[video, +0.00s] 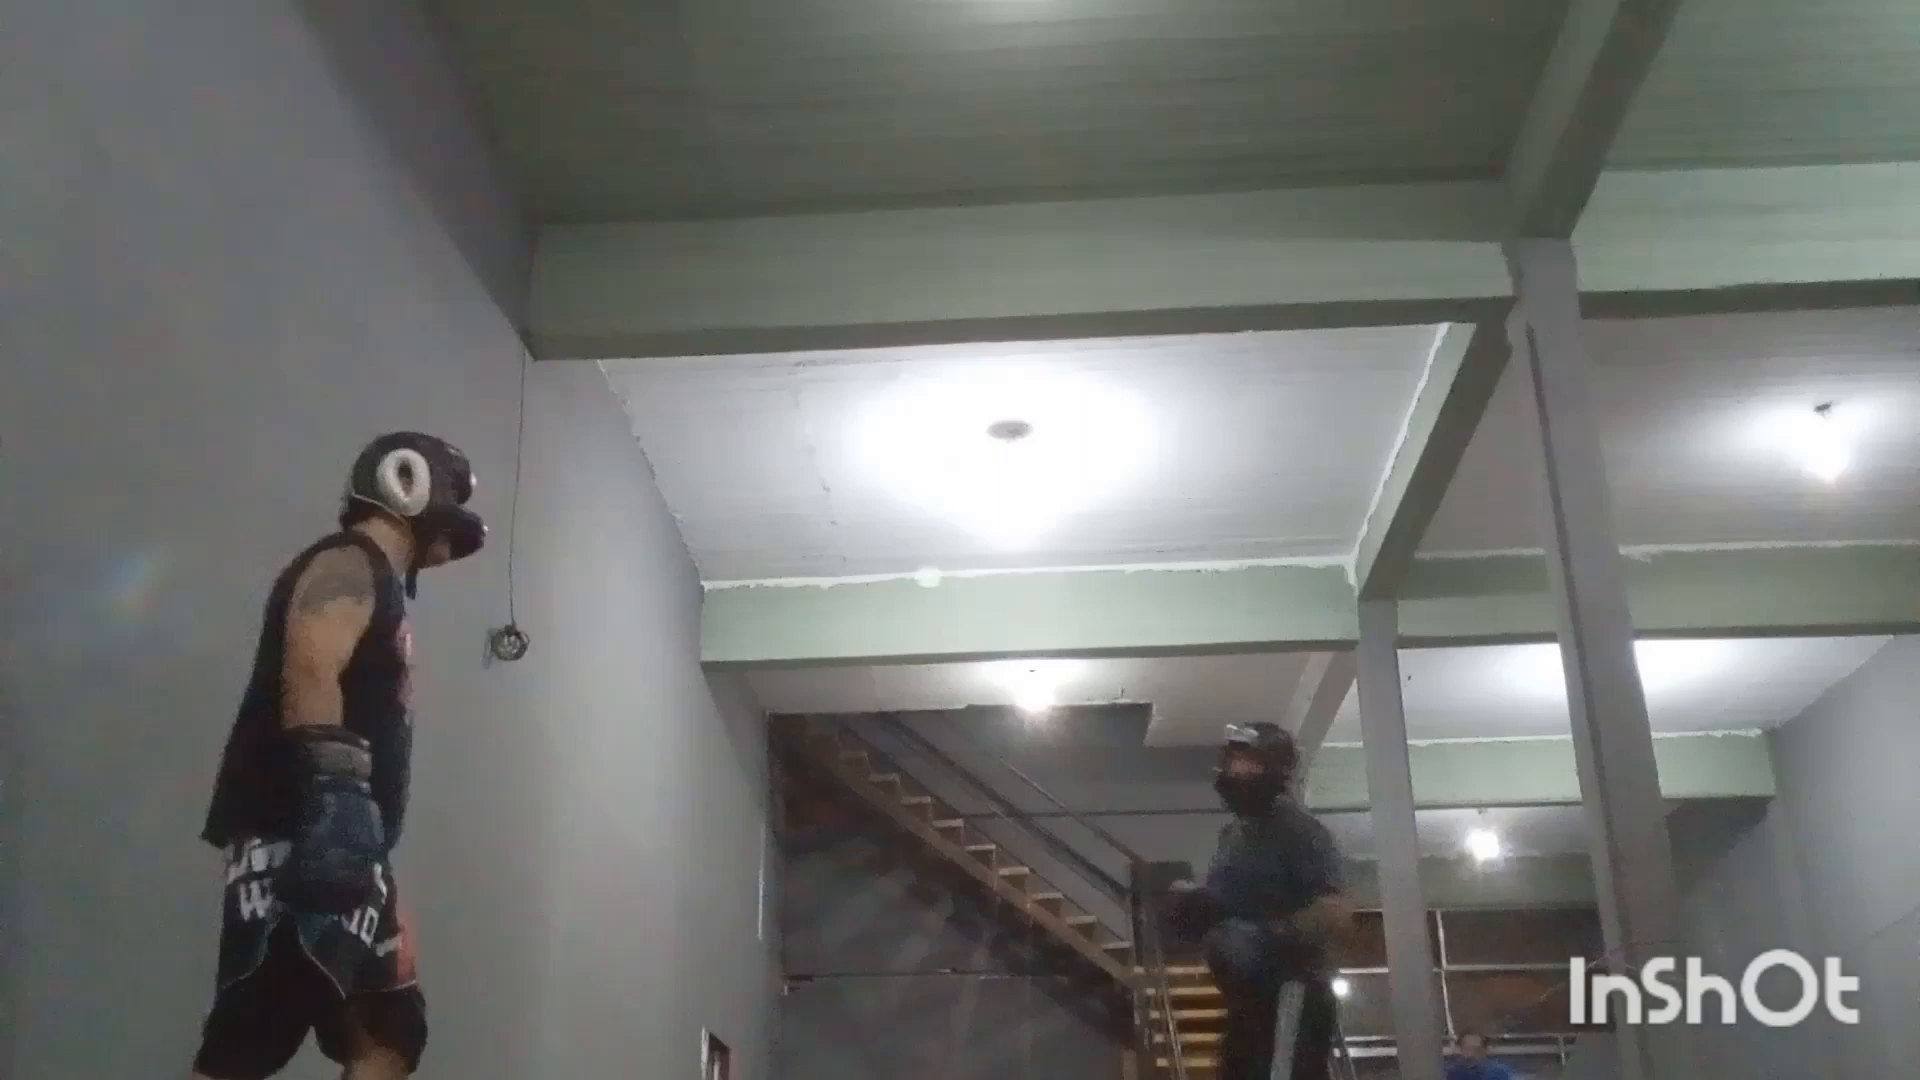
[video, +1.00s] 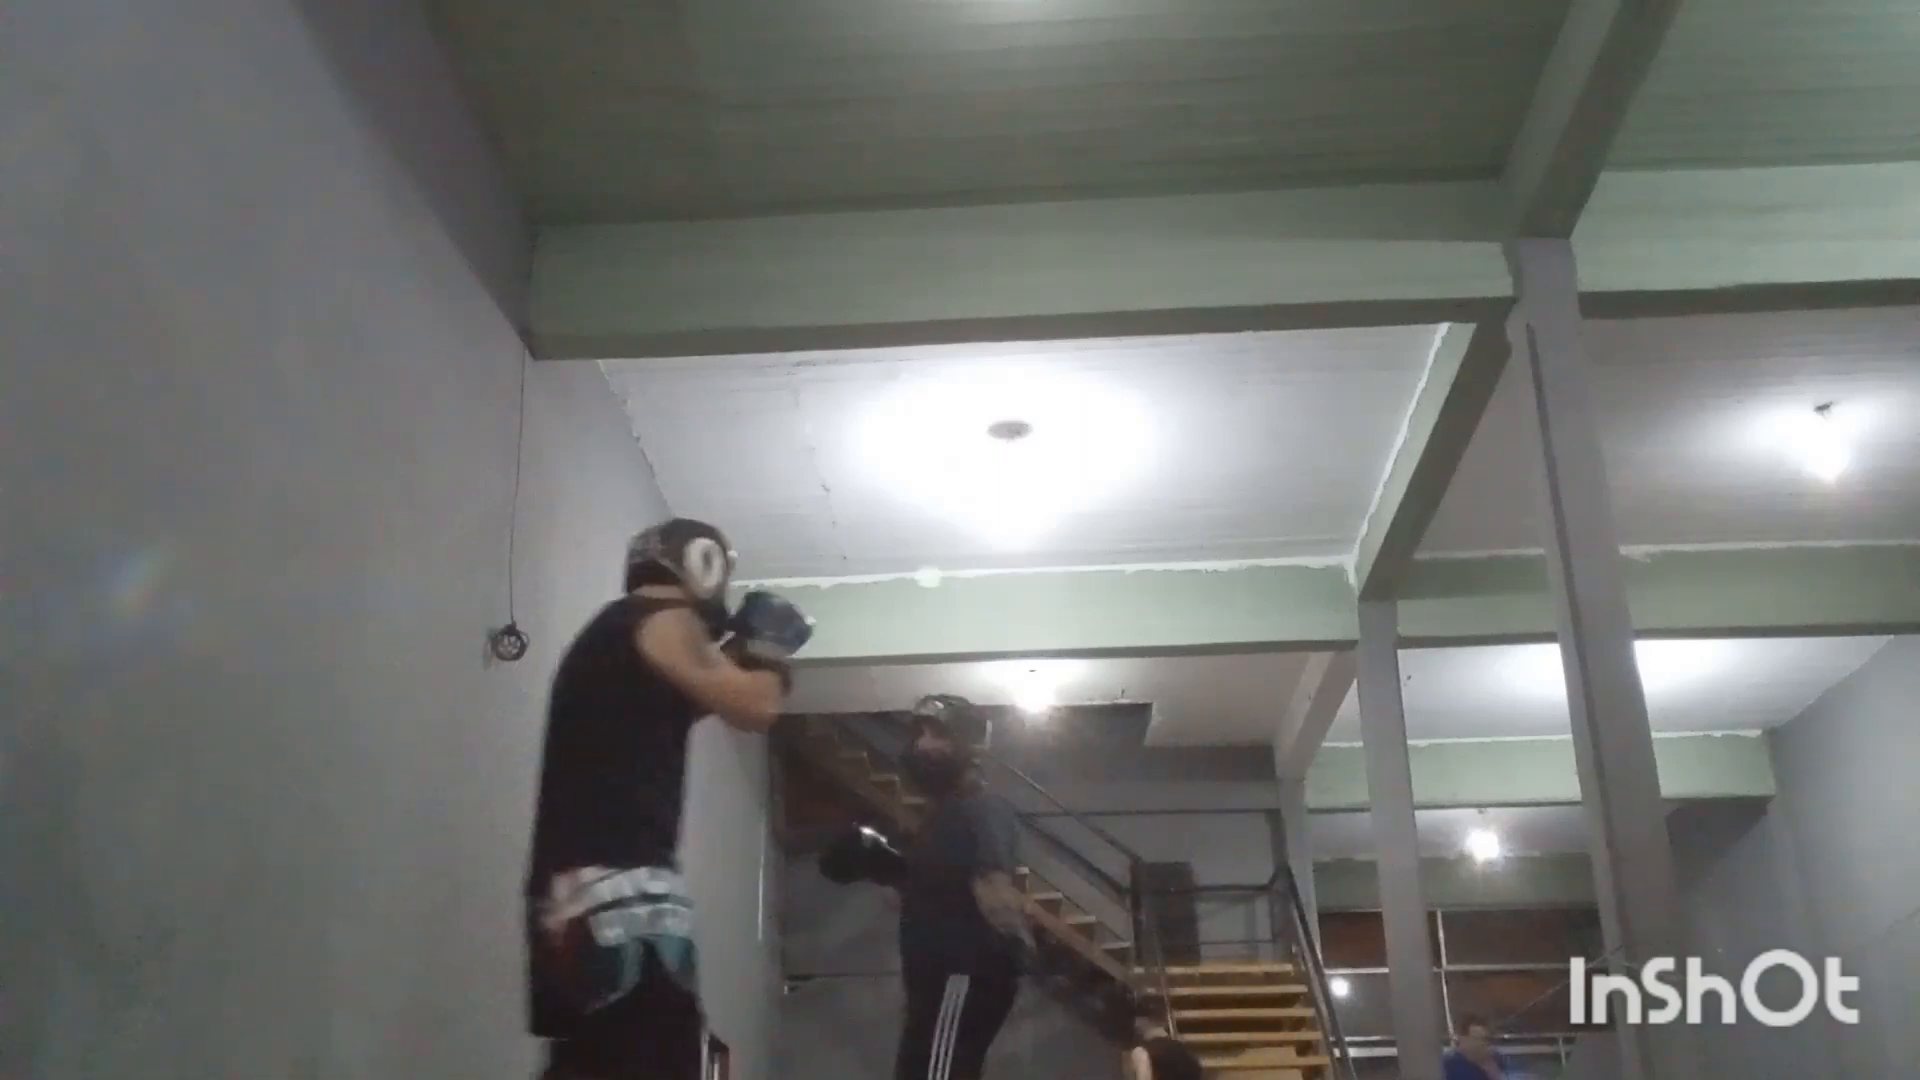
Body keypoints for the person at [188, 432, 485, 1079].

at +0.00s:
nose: (448, 543)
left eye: (455, 529)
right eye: (446, 520)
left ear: (395, 491)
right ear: (407, 487)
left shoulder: (370, 575)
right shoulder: (349, 564)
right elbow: (309, 671)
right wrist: (338, 791)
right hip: (302, 830)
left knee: (246, 1044)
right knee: (385, 1044)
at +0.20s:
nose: (476, 552)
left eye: (481, 538)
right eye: (474, 532)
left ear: (426, 505)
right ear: (442, 503)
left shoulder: (391, 584)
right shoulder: (385, 577)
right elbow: (347, 680)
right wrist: (390, 794)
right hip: (335, 848)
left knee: (263, 1048)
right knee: (379, 1053)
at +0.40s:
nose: (523, 573)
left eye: (527, 557)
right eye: (522, 552)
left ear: (470, 530)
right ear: (493, 528)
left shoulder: (424, 598)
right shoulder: (445, 596)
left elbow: (397, 703)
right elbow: (398, 691)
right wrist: (456, 797)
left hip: (359, 852)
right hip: (386, 858)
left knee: (319, 1045)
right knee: (414, 1053)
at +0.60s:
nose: (576, 597)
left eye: (583, 585)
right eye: (578, 578)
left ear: (518, 551)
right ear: (559, 548)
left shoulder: (484, 612)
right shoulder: (510, 604)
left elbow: (460, 768)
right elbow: (481, 707)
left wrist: (520, 872)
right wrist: (569, 768)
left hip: (431, 860)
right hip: (458, 863)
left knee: (437, 1051)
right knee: (453, 1053)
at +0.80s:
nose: (647, 590)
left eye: (647, 573)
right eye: (644, 569)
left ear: (577, 556)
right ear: (622, 553)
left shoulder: (533, 624)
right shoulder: (575, 610)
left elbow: (552, 765)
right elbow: (606, 711)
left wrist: (653, 769)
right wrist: (687, 704)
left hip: (480, 869)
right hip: (533, 869)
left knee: (479, 1055)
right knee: (564, 1053)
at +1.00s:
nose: (725, 584)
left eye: (725, 571)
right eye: (721, 568)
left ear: (645, 564)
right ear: (698, 563)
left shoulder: (608, 630)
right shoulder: (662, 620)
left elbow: (673, 701)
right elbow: (756, 705)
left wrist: (732, 647)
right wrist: (769, 648)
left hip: (565, 885)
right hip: (619, 886)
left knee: (595, 1051)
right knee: (659, 1052)